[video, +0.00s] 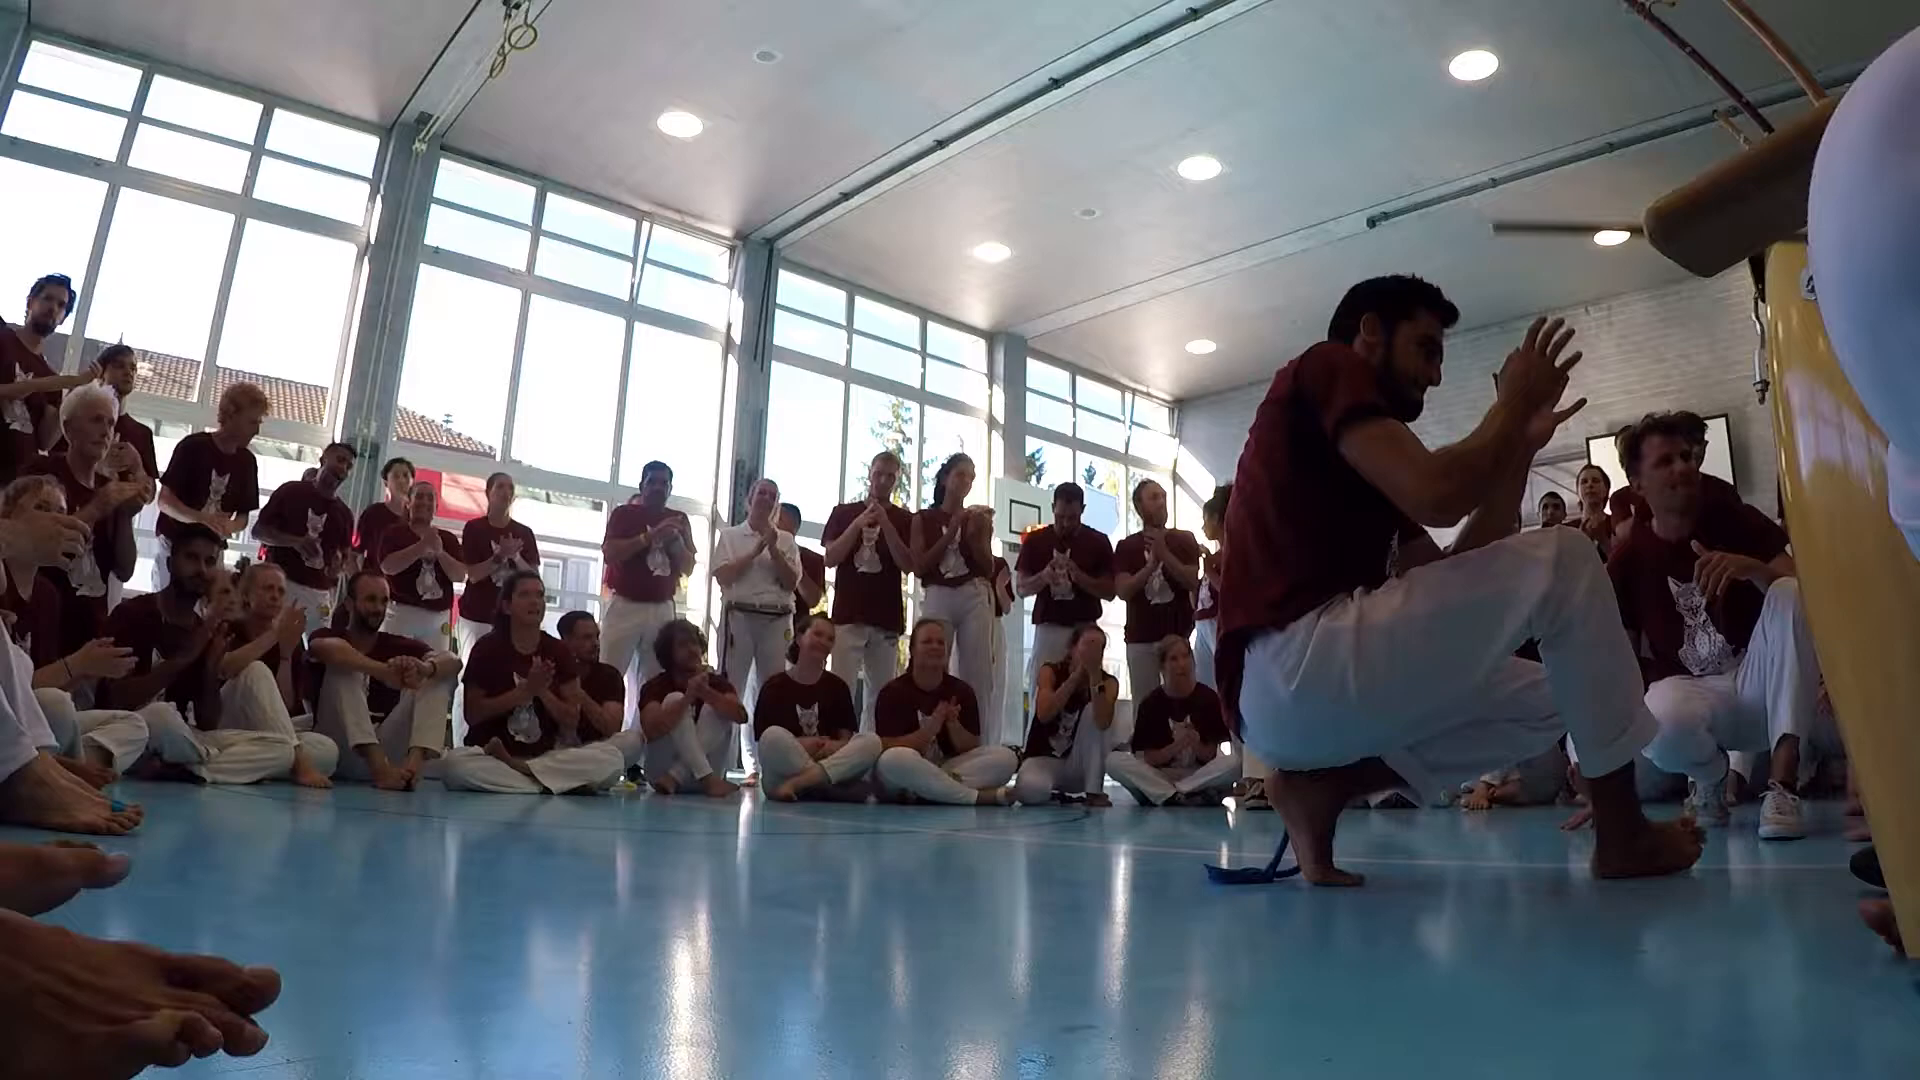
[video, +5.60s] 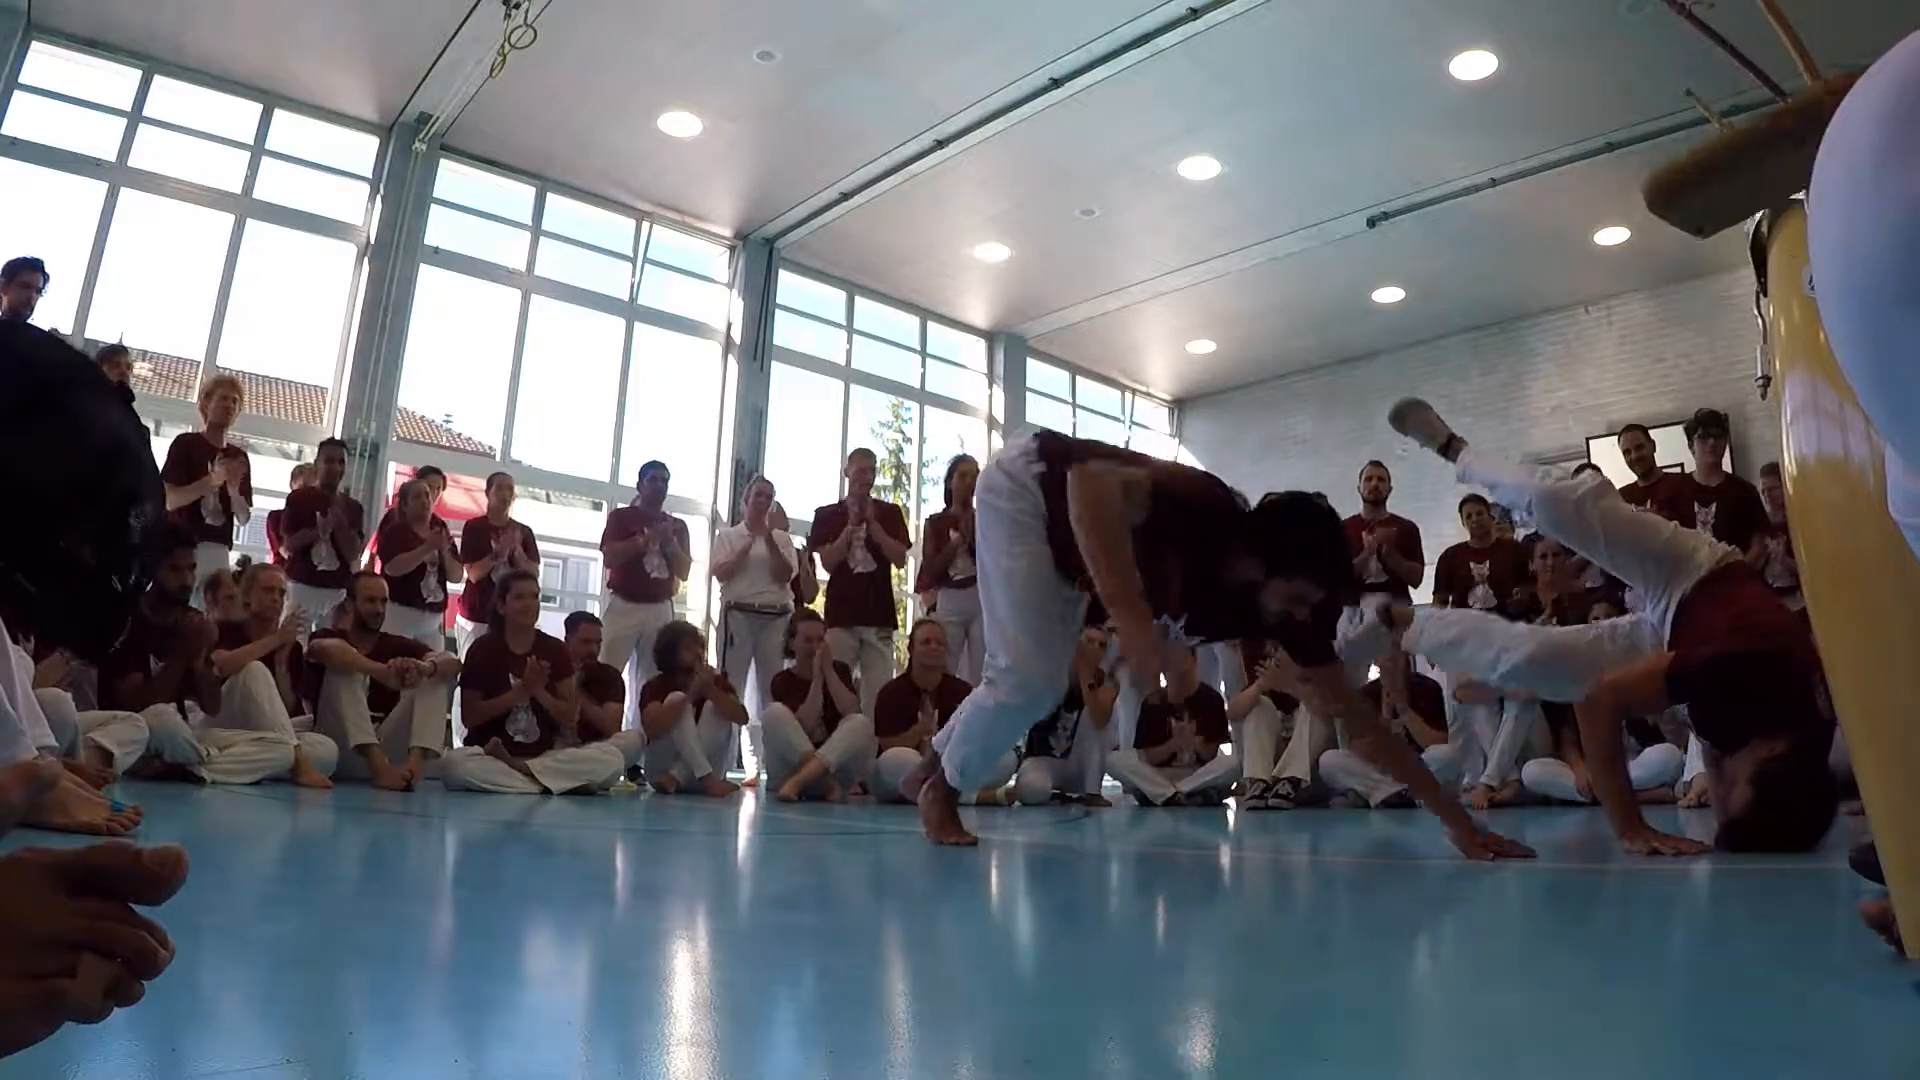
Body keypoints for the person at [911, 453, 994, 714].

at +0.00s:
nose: (966, 481)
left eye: (971, 476)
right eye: (960, 474)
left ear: (974, 482)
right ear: (944, 478)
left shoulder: (979, 518)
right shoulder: (923, 518)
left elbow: (987, 569)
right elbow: (920, 566)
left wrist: (976, 537)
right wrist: (950, 533)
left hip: (975, 596)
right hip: (937, 596)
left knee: (976, 676)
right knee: (932, 673)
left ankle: (976, 749)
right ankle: (930, 745)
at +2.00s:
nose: (971, 477)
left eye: (976, 473)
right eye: (964, 471)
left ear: (980, 482)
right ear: (950, 478)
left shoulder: (987, 517)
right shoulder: (932, 519)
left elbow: (994, 567)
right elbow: (924, 566)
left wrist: (978, 540)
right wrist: (947, 537)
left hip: (979, 594)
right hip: (942, 594)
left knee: (980, 677)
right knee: (938, 674)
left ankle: (980, 749)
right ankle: (936, 748)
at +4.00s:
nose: (970, 479)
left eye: (975, 475)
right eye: (964, 473)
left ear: (980, 482)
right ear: (950, 479)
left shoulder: (989, 519)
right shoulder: (935, 520)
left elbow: (994, 566)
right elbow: (927, 570)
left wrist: (972, 539)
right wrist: (948, 543)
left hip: (982, 598)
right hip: (945, 599)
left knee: (981, 680)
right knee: (940, 677)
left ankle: (983, 752)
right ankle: (937, 751)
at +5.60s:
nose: (969, 482)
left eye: (974, 476)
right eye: (962, 476)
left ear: (979, 481)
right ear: (950, 481)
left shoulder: (985, 520)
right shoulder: (935, 523)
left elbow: (992, 561)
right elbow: (930, 571)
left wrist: (972, 537)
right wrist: (952, 546)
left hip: (980, 591)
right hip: (949, 593)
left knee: (980, 669)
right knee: (945, 668)